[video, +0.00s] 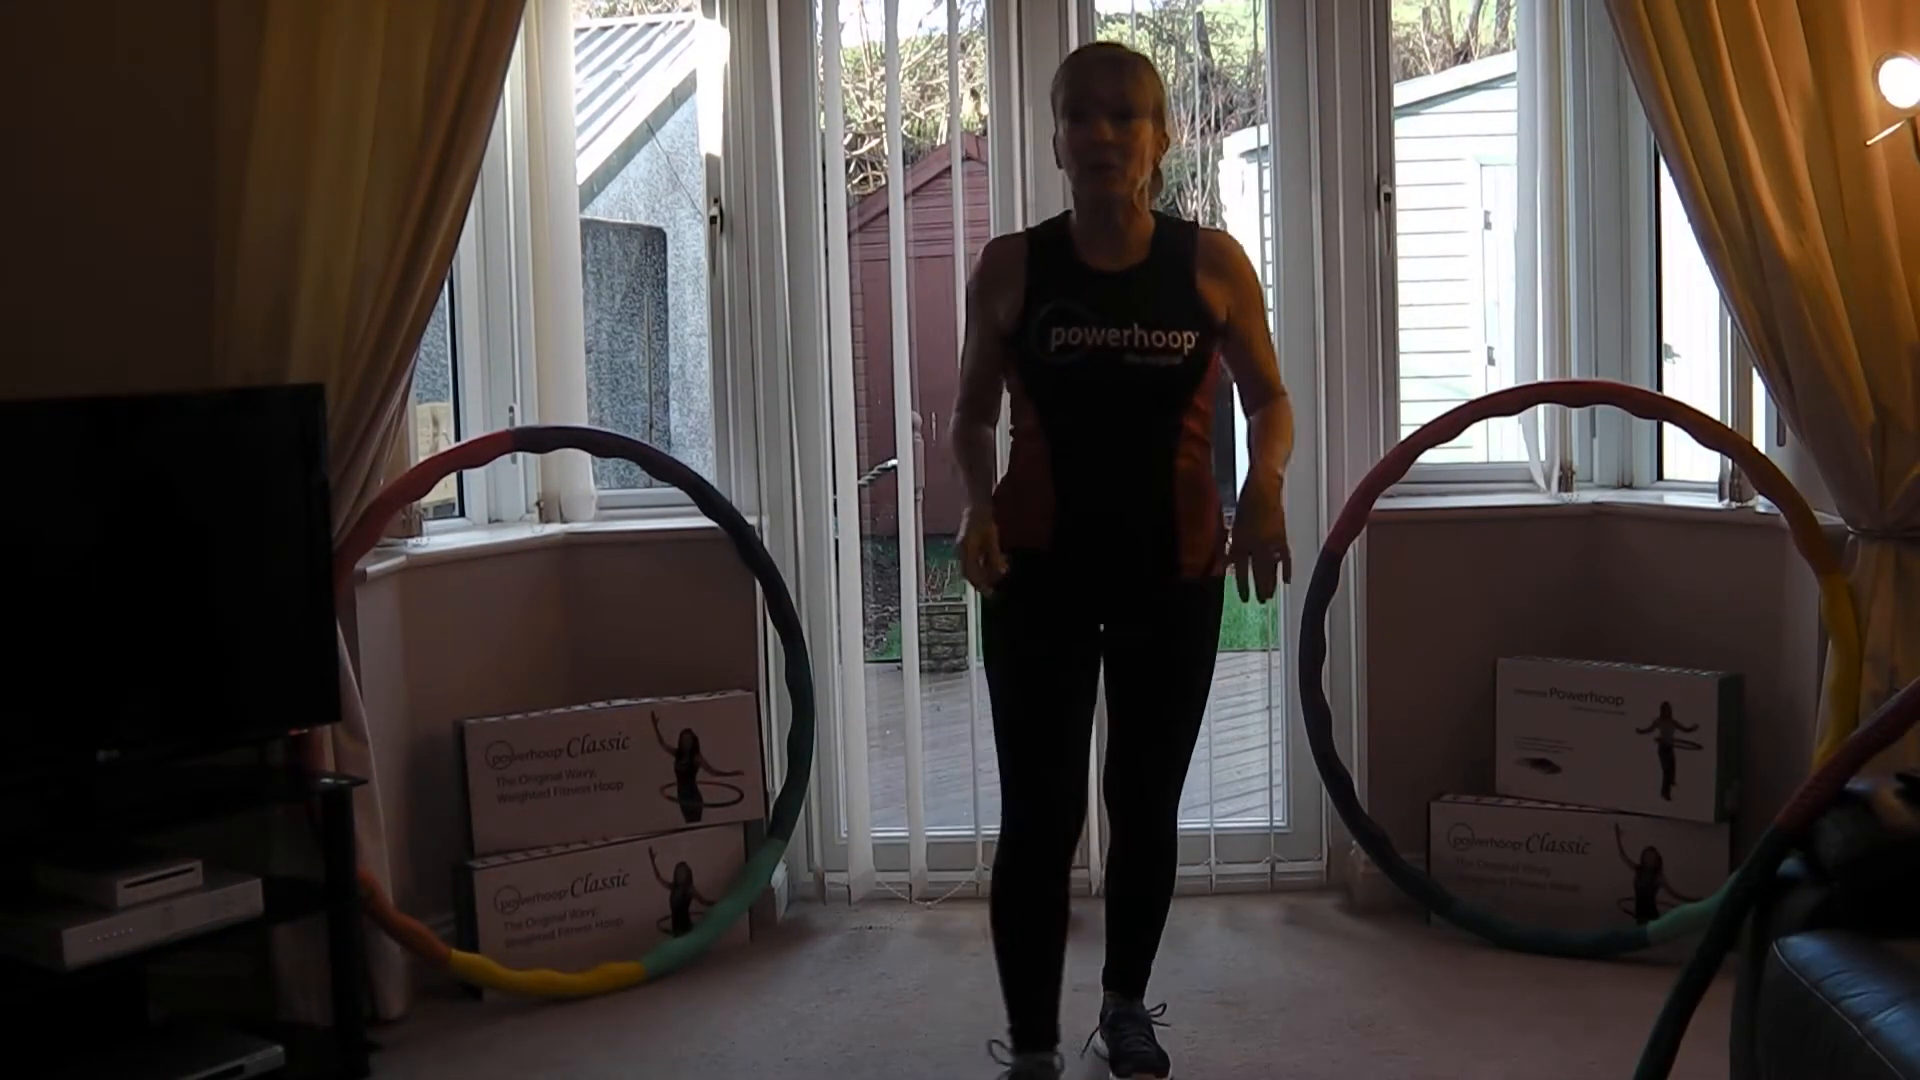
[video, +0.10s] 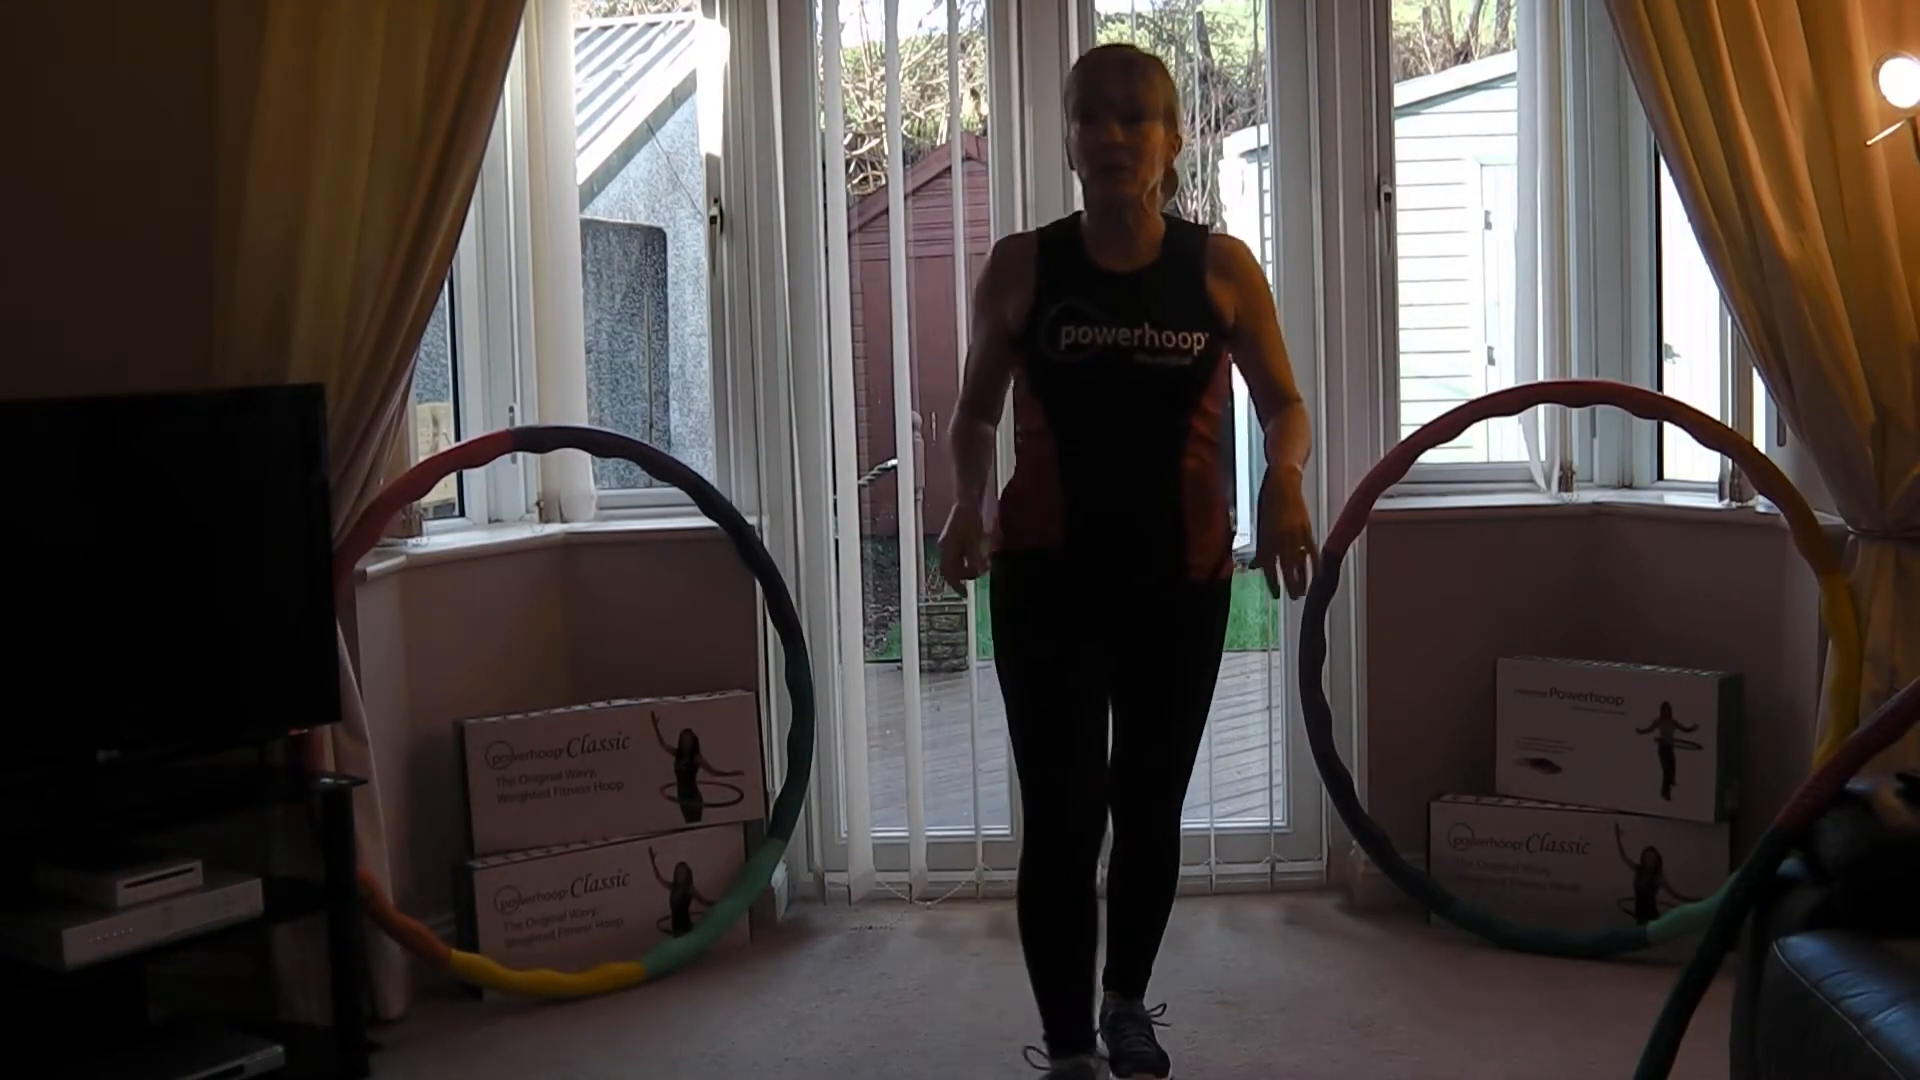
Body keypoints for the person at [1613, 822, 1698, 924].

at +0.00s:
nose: (1648, 859)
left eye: (1651, 856)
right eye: (1646, 856)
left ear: (1657, 859)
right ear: (1642, 858)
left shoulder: (1658, 876)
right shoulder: (1639, 870)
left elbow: (1673, 894)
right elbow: (1623, 856)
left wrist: (1693, 900)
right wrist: (1618, 837)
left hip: (1651, 911)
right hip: (1639, 910)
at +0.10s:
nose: (1649, 859)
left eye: (1652, 857)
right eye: (1646, 856)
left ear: (1657, 859)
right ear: (1642, 858)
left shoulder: (1658, 876)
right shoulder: (1639, 870)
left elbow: (1673, 894)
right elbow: (1623, 856)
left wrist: (1693, 901)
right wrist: (1618, 837)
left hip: (1651, 911)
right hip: (1639, 910)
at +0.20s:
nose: (1649, 859)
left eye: (1652, 857)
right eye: (1646, 856)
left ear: (1657, 859)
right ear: (1642, 858)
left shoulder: (1658, 876)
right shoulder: (1639, 870)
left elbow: (1673, 894)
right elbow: (1623, 856)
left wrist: (1693, 901)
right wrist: (1618, 837)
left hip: (1651, 911)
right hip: (1639, 910)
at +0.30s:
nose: (1649, 859)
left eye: (1652, 857)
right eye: (1646, 856)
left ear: (1657, 860)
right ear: (1642, 858)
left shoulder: (1658, 876)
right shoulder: (1639, 870)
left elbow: (1674, 894)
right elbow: (1623, 856)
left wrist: (1694, 901)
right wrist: (1618, 837)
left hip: (1651, 911)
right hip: (1639, 910)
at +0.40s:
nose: (1649, 859)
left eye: (1652, 857)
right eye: (1646, 856)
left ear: (1657, 860)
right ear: (1642, 858)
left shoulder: (1658, 876)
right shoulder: (1639, 870)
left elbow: (1674, 894)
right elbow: (1623, 856)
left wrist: (1694, 901)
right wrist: (1618, 837)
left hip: (1651, 911)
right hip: (1639, 910)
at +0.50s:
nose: (1649, 860)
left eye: (1652, 857)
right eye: (1646, 856)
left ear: (1657, 860)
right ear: (1642, 858)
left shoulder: (1658, 876)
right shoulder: (1639, 871)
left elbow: (1673, 894)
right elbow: (1623, 857)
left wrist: (1693, 901)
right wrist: (1618, 837)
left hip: (1651, 911)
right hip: (1639, 911)